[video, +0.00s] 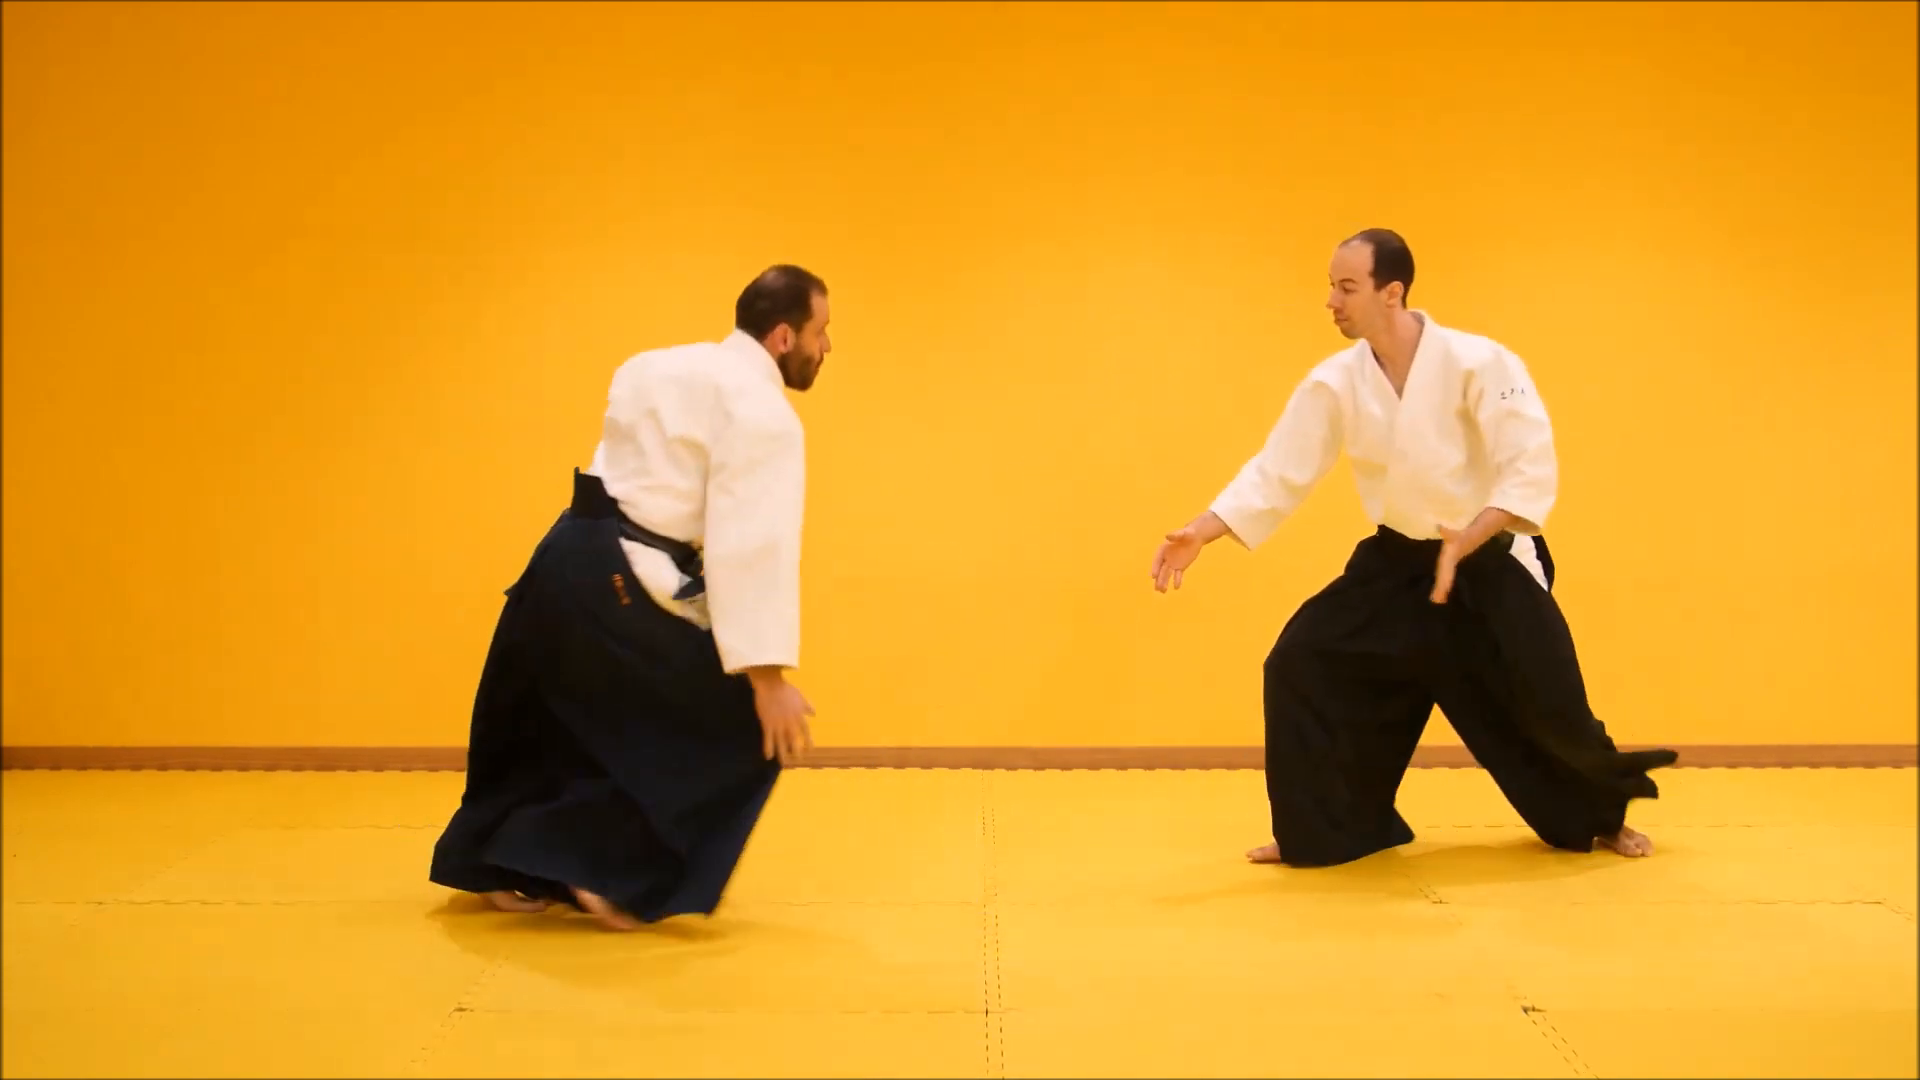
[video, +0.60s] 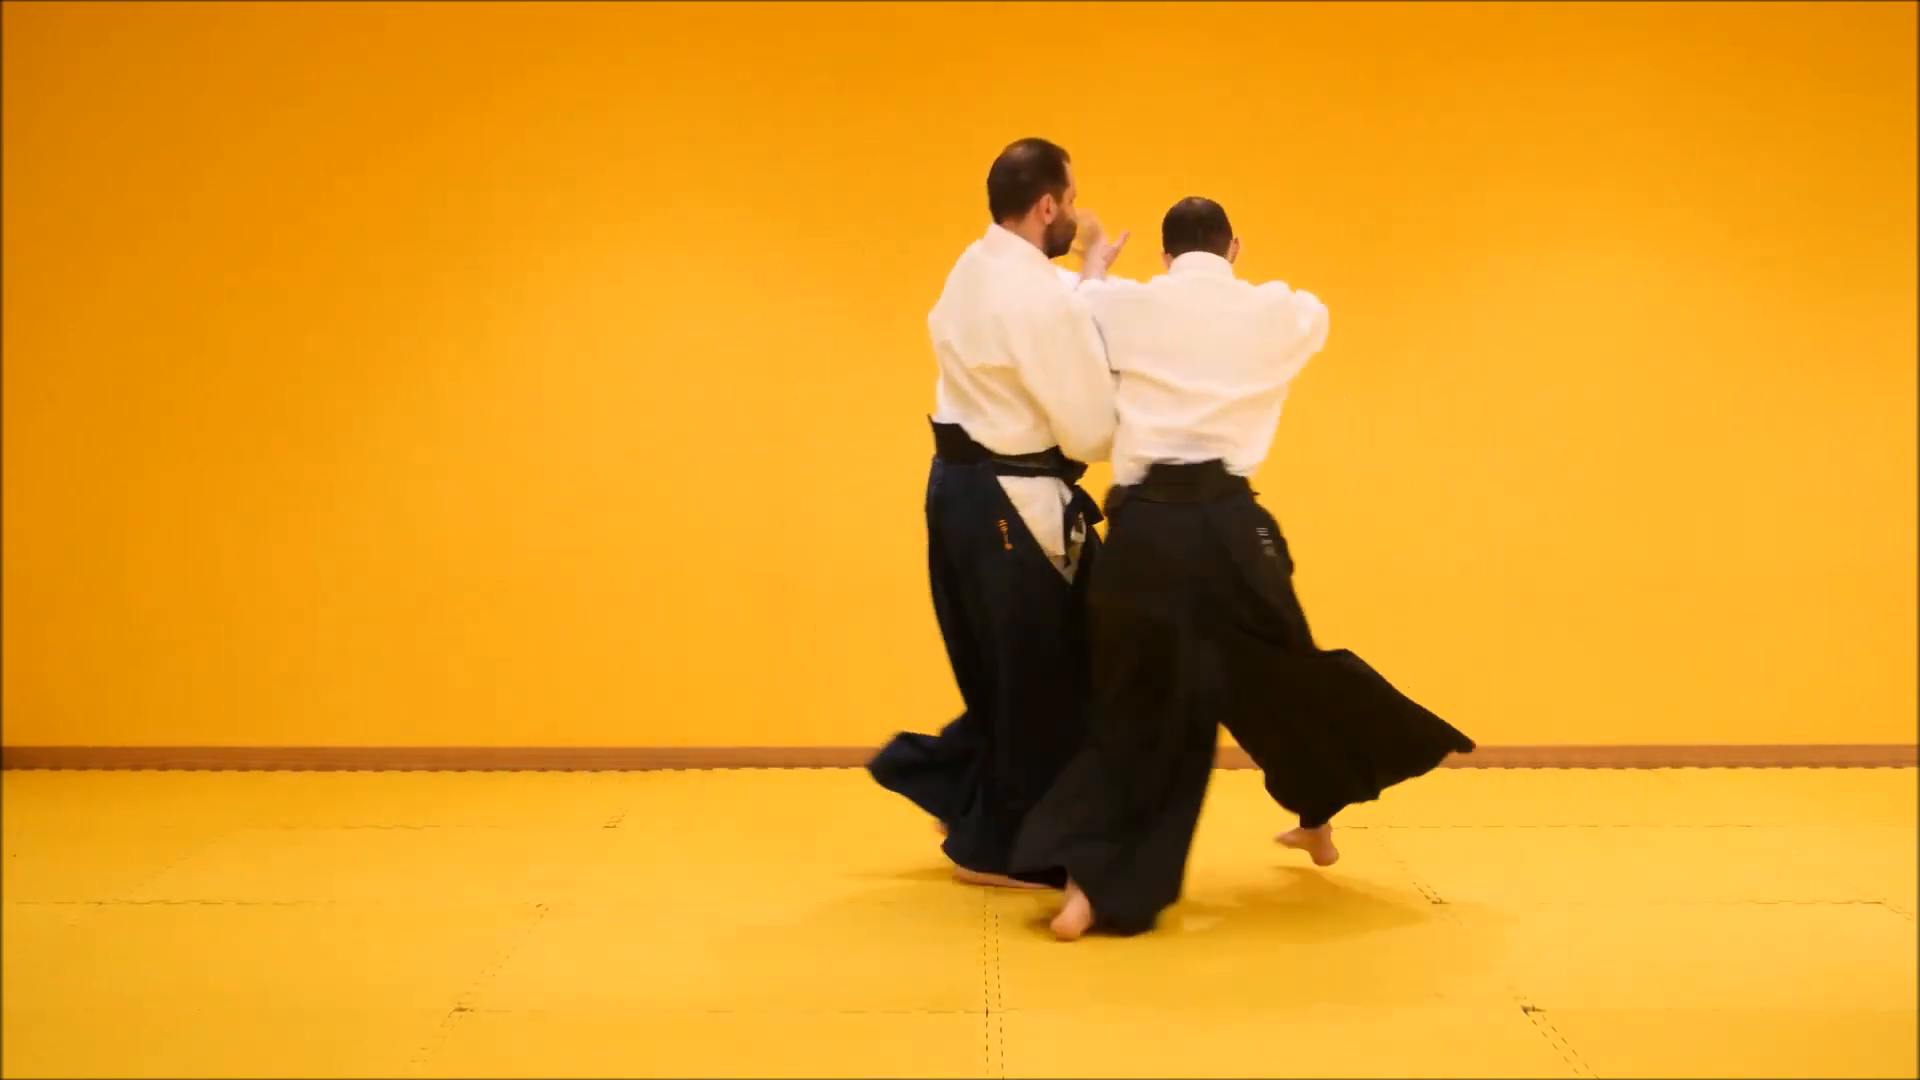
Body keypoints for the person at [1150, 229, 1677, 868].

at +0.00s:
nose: (1332, 300)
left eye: (1345, 286)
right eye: (1331, 285)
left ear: (1394, 292)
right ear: (1362, 294)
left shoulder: (1481, 366)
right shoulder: (1336, 383)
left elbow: (1532, 473)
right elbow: (1275, 470)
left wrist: (1470, 536)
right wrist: (1200, 531)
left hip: (1489, 553)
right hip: (1394, 558)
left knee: (1540, 678)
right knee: (1298, 666)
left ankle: (1603, 815)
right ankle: (1320, 829)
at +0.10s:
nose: (1309, 303)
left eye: (1321, 289)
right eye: (1309, 289)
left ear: (1369, 295)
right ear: (1345, 298)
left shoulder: (1454, 369)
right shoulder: (1322, 385)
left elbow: (1458, 483)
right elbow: (1254, 460)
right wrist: (1171, 509)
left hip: (1476, 562)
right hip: (1388, 567)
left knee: (1535, 691)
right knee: (1286, 665)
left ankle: (1597, 809)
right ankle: (1324, 834)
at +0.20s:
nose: (1261, 305)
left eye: (1273, 293)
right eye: (1262, 292)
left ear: (1319, 296)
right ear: (1303, 298)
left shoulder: (1384, 360)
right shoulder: (1284, 384)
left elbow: (1319, 431)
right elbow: (1225, 453)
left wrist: (1197, 426)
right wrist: (1136, 468)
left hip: (1455, 560)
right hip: (1372, 572)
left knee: (1520, 701)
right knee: (1272, 680)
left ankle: (1613, 788)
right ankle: (1314, 840)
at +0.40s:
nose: (1186, 294)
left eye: (1191, 281)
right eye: (1186, 281)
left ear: (1228, 286)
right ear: (1236, 283)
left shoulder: (1255, 340)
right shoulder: (1262, 334)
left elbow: (1145, 370)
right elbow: (1162, 401)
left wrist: (1036, 347)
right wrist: (1035, 384)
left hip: (1349, 557)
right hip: (1317, 554)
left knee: (1270, 718)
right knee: (1241, 697)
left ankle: (1434, 791)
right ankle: (1314, 846)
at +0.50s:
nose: (1168, 283)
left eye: (1168, 273)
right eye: (1171, 274)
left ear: (1182, 270)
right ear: (1237, 262)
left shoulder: (1185, 330)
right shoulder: (1285, 320)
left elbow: (1085, 346)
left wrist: (1042, 314)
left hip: (1263, 550)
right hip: (1323, 535)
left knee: (1162, 702)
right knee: (1305, 698)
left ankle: (1191, 854)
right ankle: (1314, 854)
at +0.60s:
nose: (1225, 260)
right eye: (1230, 248)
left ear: (1162, 255)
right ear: (1231, 252)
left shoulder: (1128, 307)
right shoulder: (1271, 311)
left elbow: (1077, 297)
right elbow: (1314, 312)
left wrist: (1095, 260)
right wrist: (1237, 285)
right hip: (1226, 520)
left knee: (1132, 704)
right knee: (1281, 672)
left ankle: (1090, 883)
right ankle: (1316, 815)